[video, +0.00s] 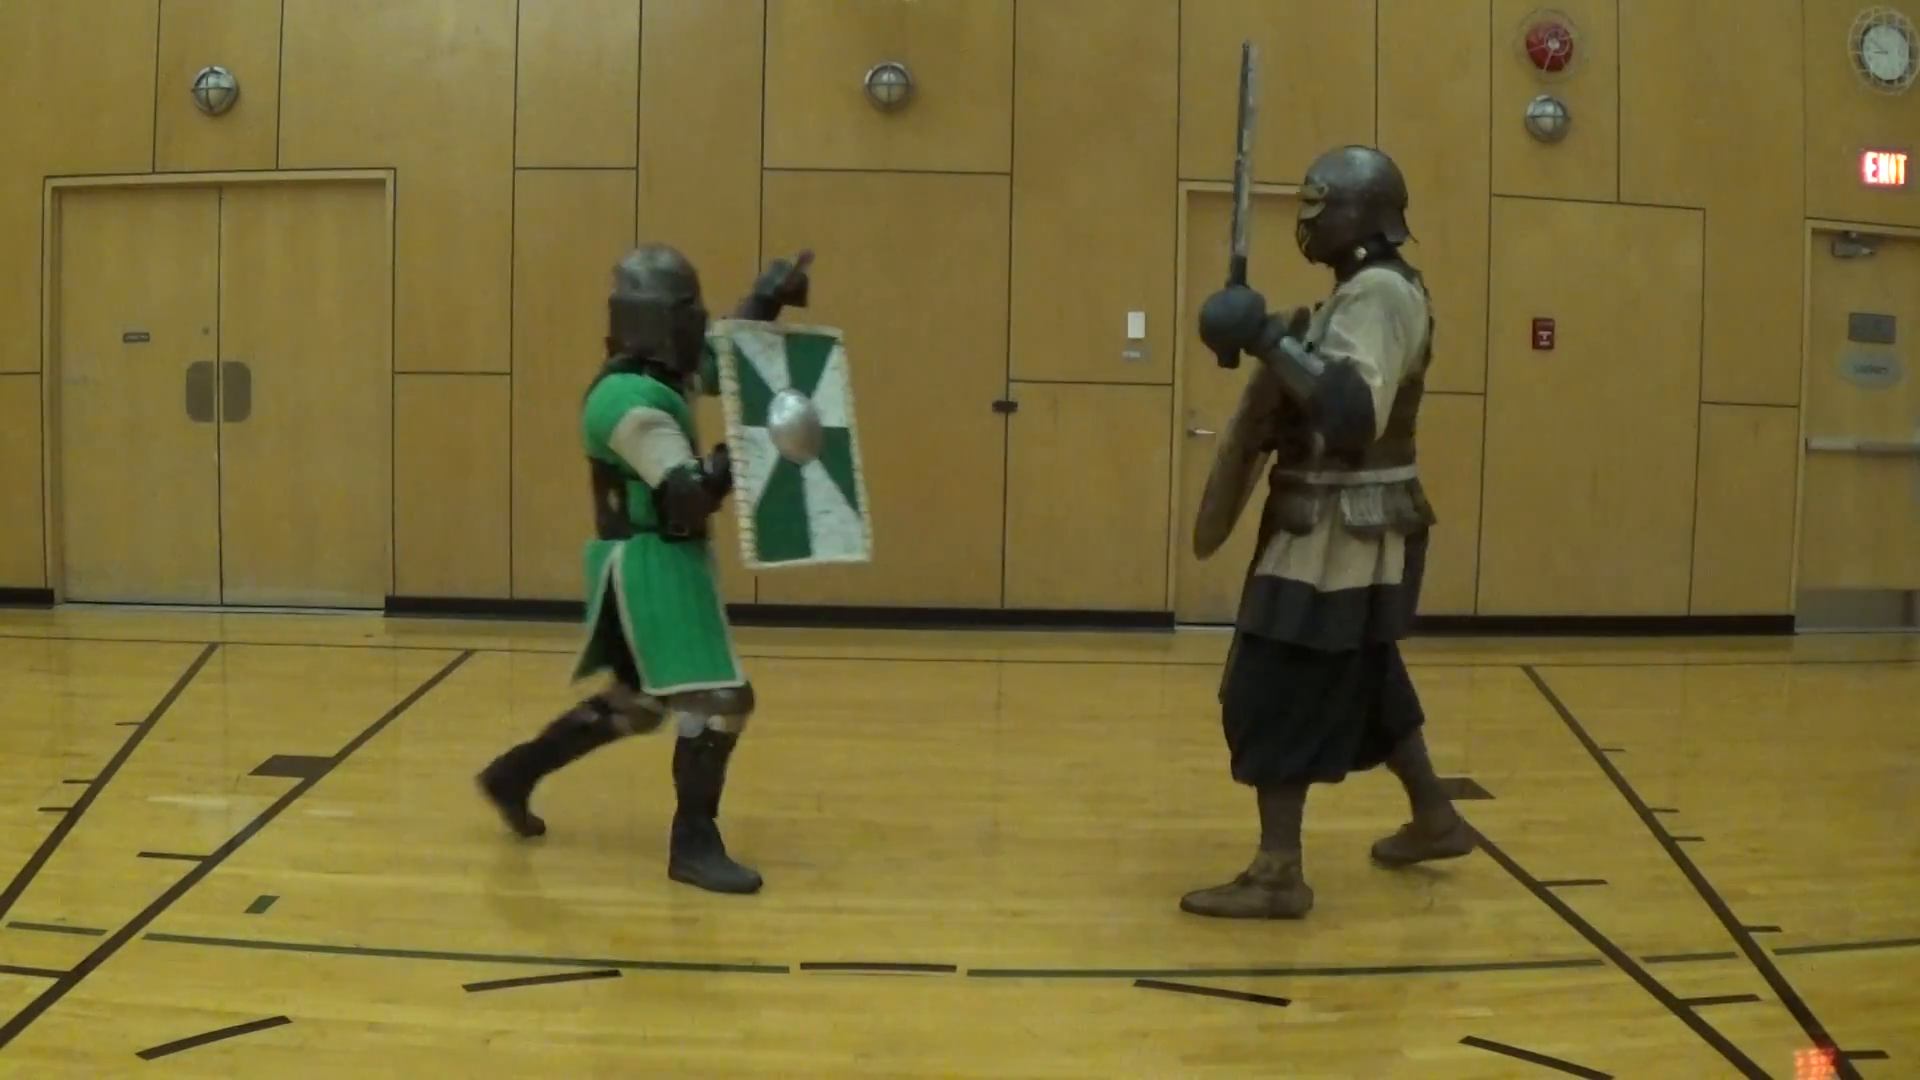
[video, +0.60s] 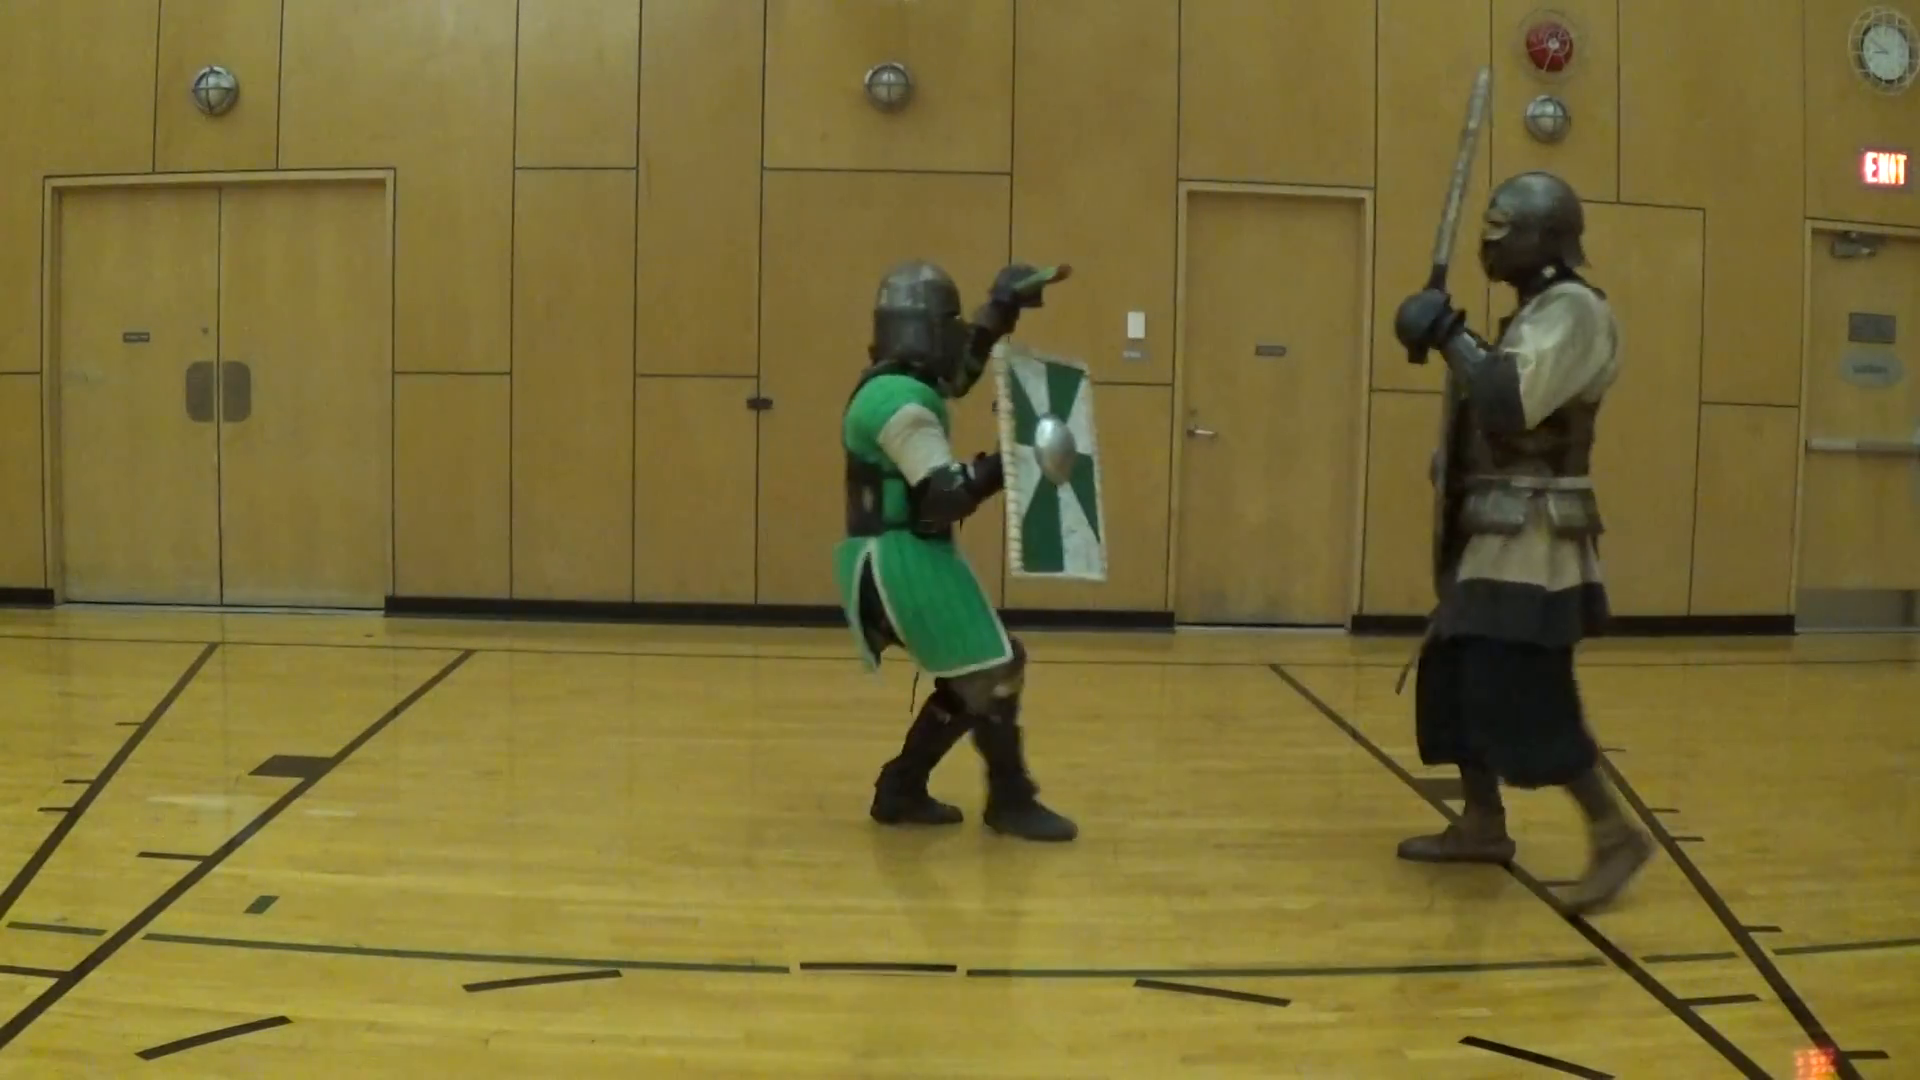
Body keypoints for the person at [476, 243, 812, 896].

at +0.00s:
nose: (698, 324)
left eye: (694, 312)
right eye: (689, 313)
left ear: (632, 320)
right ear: (664, 322)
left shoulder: (659, 380)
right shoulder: (629, 399)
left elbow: (725, 362)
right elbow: (687, 499)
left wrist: (762, 306)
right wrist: (755, 440)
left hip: (651, 562)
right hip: (653, 564)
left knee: (643, 702)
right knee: (719, 701)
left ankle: (514, 773)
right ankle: (695, 847)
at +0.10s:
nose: (734, 326)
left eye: (732, 316)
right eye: (723, 316)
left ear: (676, 327)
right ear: (692, 327)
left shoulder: (708, 379)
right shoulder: (667, 407)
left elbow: (764, 345)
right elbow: (737, 503)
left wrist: (801, 295)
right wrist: (810, 449)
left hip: (714, 559)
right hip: (687, 564)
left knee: (742, 699)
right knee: (747, 706)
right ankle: (697, 846)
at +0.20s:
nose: (779, 339)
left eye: (777, 329)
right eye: (771, 329)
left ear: (722, 333)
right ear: (744, 338)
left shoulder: (739, 394)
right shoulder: (716, 416)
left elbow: (785, 343)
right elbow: (786, 507)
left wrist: (822, 284)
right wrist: (860, 454)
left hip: (766, 565)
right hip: (732, 573)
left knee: (843, 669)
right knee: (774, 711)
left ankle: (757, 782)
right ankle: (700, 843)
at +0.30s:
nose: (830, 347)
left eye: (829, 336)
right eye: (822, 335)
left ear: (773, 337)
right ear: (797, 341)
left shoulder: (789, 402)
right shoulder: (768, 416)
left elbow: (819, 347)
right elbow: (837, 505)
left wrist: (856, 286)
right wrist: (913, 453)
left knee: (912, 660)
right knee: (797, 724)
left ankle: (897, 792)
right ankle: (703, 843)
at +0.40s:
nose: (882, 343)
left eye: (881, 333)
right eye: (873, 331)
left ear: (817, 339)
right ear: (845, 338)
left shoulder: (842, 398)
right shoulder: (822, 409)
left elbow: (872, 355)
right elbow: (887, 500)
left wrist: (909, 303)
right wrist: (958, 452)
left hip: (874, 562)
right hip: (835, 569)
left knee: (952, 671)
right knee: (865, 715)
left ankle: (901, 793)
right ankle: (748, 818)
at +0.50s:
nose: (922, 344)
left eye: (919, 335)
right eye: (914, 334)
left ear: (867, 336)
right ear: (892, 337)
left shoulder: (880, 394)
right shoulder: (861, 403)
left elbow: (923, 369)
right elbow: (916, 495)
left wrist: (960, 311)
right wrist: (995, 456)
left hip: (890, 556)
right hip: (861, 561)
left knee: (969, 672)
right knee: (952, 678)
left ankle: (903, 788)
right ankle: (879, 794)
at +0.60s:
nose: (957, 336)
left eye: (955, 327)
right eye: (951, 325)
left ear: (893, 328)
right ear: (930, 329)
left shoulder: (905, 388)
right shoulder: (898, 397)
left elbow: (959, 371)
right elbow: (941, 498)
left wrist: (1000, 305)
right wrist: (1016, 457)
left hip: (907, 553)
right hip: (902, 559)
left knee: (973, 670)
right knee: (997, 665)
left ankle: (902, 788)